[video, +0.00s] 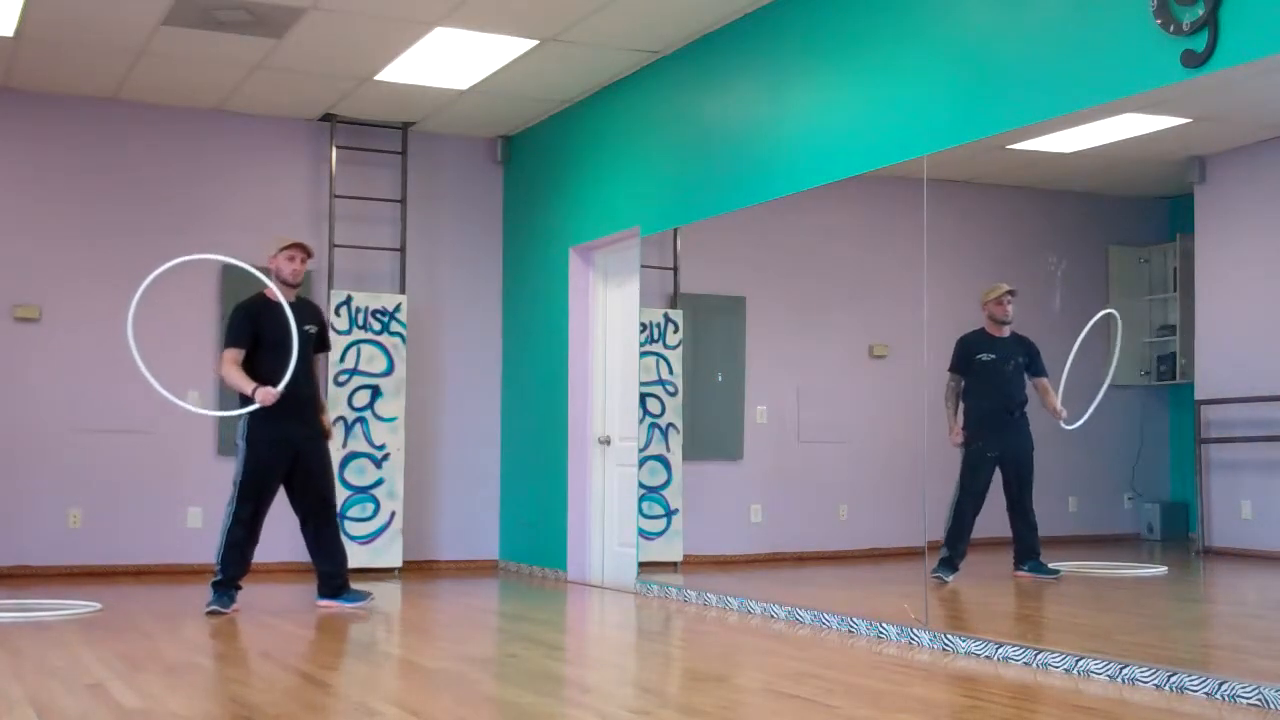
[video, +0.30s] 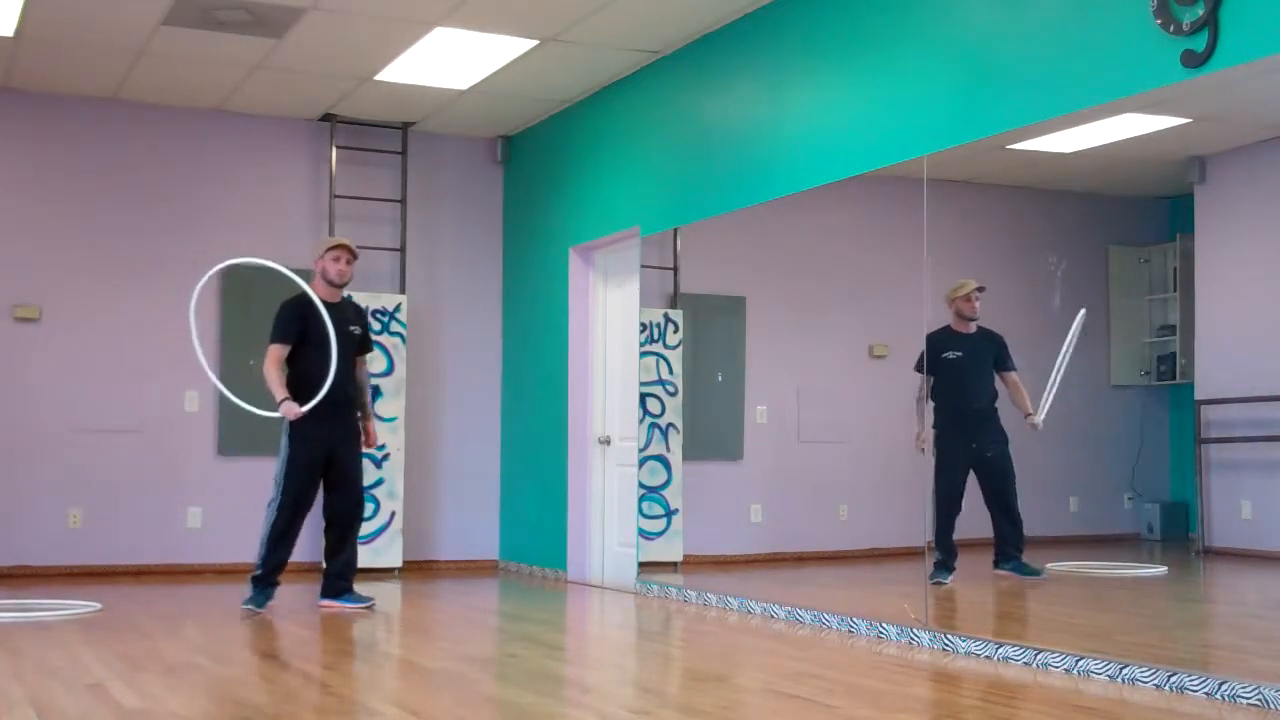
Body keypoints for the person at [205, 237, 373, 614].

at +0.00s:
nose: (297, 266)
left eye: (303, 261)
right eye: (290, 259)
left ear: (307, 269)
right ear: (272, 263)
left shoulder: (311, 313)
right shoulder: (250, 310)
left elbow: (314, 370)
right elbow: (228, 365)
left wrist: (321, 411)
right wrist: (253, 389)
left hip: (307, 424)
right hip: (266, 424)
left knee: (320, 507)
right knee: (247, 508)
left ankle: (333, 587)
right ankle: (224, 589)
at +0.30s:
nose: (343, 266)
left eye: (349, 262)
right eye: (336, 259)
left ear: (353, 270)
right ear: (318, 264)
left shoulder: (355, 314)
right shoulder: (296, 307)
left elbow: (360, 371)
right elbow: (273, 362)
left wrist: (367, 416)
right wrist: (283, 399)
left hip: (346, 425)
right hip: (306, 423)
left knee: (347, 509)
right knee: (289, 506)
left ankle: (336, 589)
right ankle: (261, 589)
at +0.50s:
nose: (352, 265)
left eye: (358, 261)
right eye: (346, 258)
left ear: (364, 268)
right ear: (331, 262)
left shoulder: (370, 314)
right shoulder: (307, 307)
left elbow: (376, 367)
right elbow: (281, 359)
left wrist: (387, 409)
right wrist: (302, 392)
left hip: (355, 417)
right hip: (318, 416)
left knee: (353, 498)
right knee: (319, 497)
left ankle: (342, 585)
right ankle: (316, 588)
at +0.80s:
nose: (359, 268)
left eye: (363, 263)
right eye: (353, 261)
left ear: (365, 270)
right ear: (333, 264)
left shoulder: (367, 313)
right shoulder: (310, 310)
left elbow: (367, 364)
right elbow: (299, 364)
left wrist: (371, 403)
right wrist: (337, 393)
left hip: (366, 417)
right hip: (326, 418)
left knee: (379, 501)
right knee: (324, 504)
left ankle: (389, 587)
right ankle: (323, 587)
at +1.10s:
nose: (380, 271)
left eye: (382, 266)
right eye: (372, 264)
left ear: (381, 272)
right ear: (351, 267)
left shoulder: (380, 316)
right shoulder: (331, 307)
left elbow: (385, 363)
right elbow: (354, 347)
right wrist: (389, 377)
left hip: (377, 417)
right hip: (340, 416)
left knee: (394, 500)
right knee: (331, 502)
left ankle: (418, 586)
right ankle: (322, 586)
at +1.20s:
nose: (385, 270)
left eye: (388, 266)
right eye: (378, 263)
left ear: (387, 272)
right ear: (356, 266)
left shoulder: (386, 317)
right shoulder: (337, 305)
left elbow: (382, 380)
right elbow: (373, 332)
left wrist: (392, 422)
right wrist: (414, 353)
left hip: (379, 417)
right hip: (341, 415)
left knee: (398, 502)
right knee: (330, 501)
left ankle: (424, 586)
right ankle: (318, 586)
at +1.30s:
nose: (391, 272)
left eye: (395, 267)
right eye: (384, 265)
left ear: (395, 274)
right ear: (363, 267)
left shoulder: (391, 320)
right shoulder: (341, 304)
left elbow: (391, 380)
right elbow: (384, 316)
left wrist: (402, 421)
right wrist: (433, 318)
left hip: (385, 419)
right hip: (346, 417)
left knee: (400, 504)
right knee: (332, 503)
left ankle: (426, 586)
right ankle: (319, 586)